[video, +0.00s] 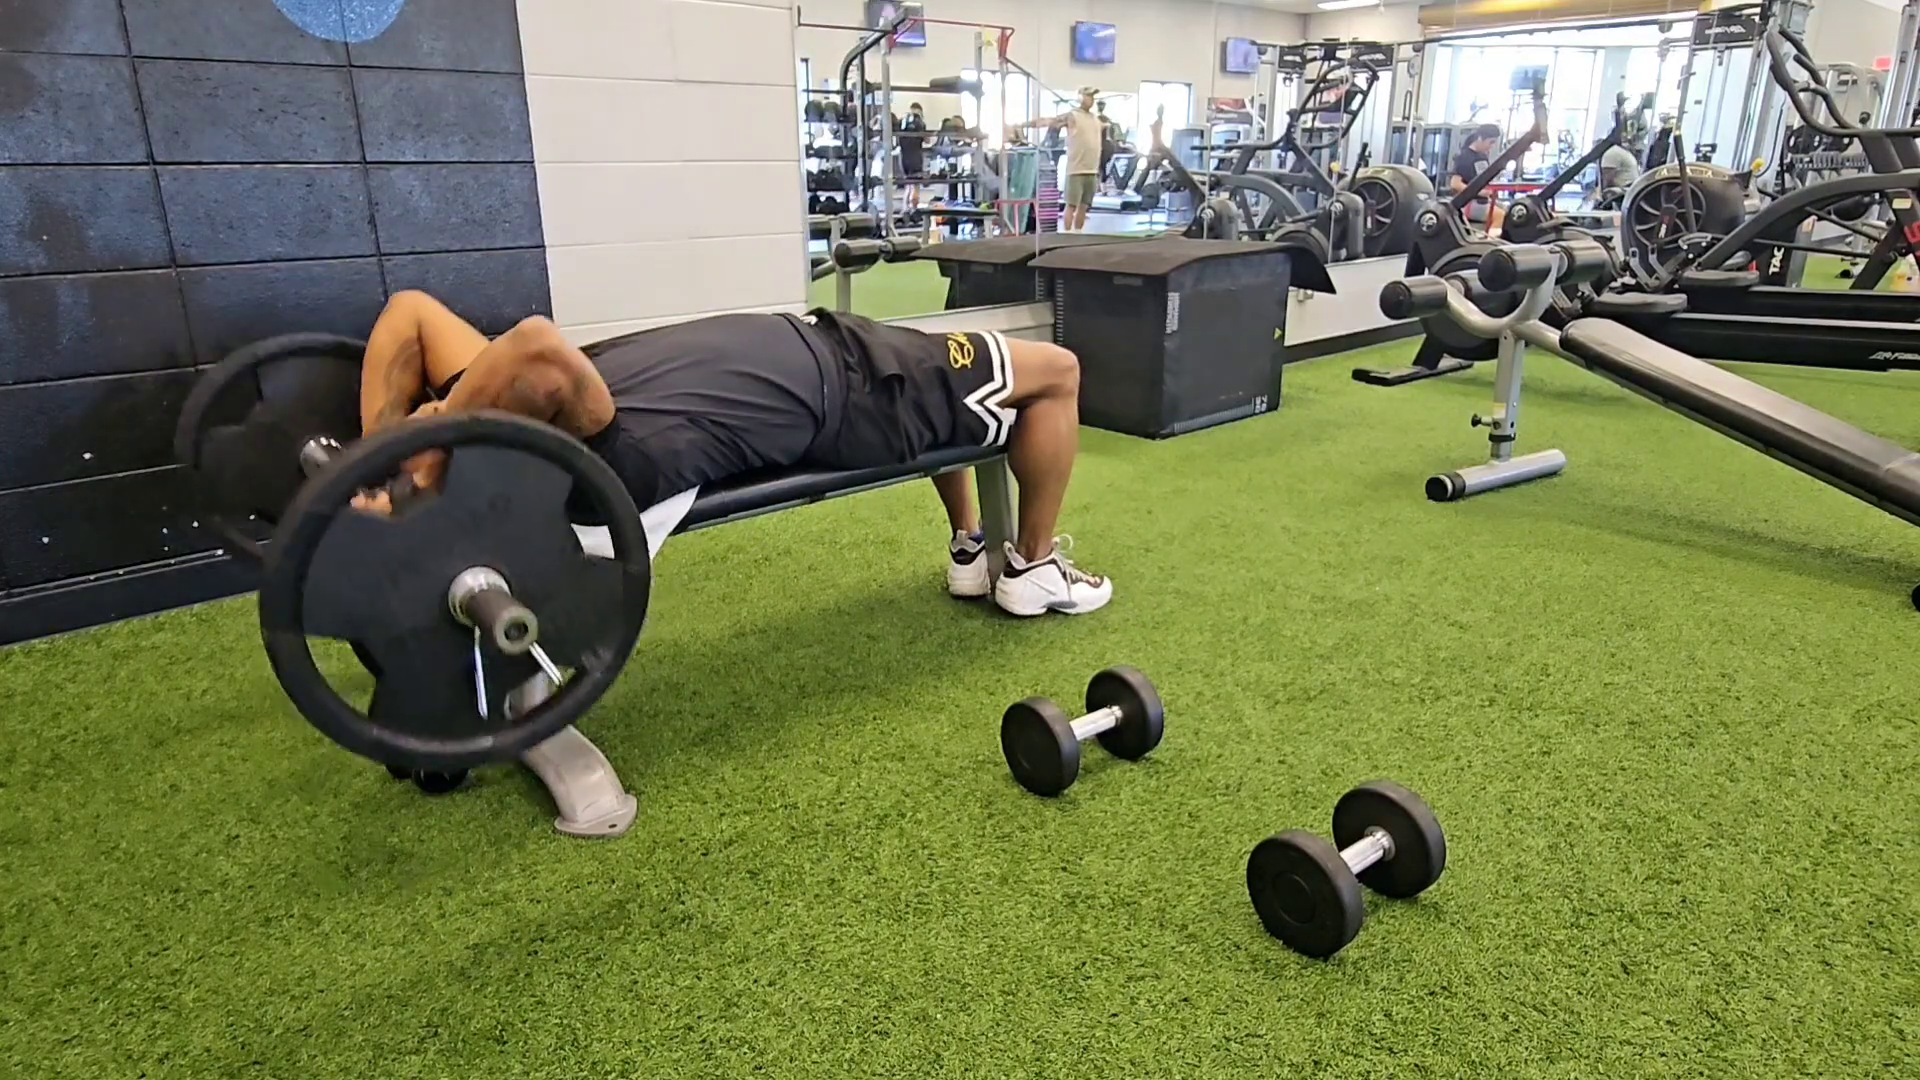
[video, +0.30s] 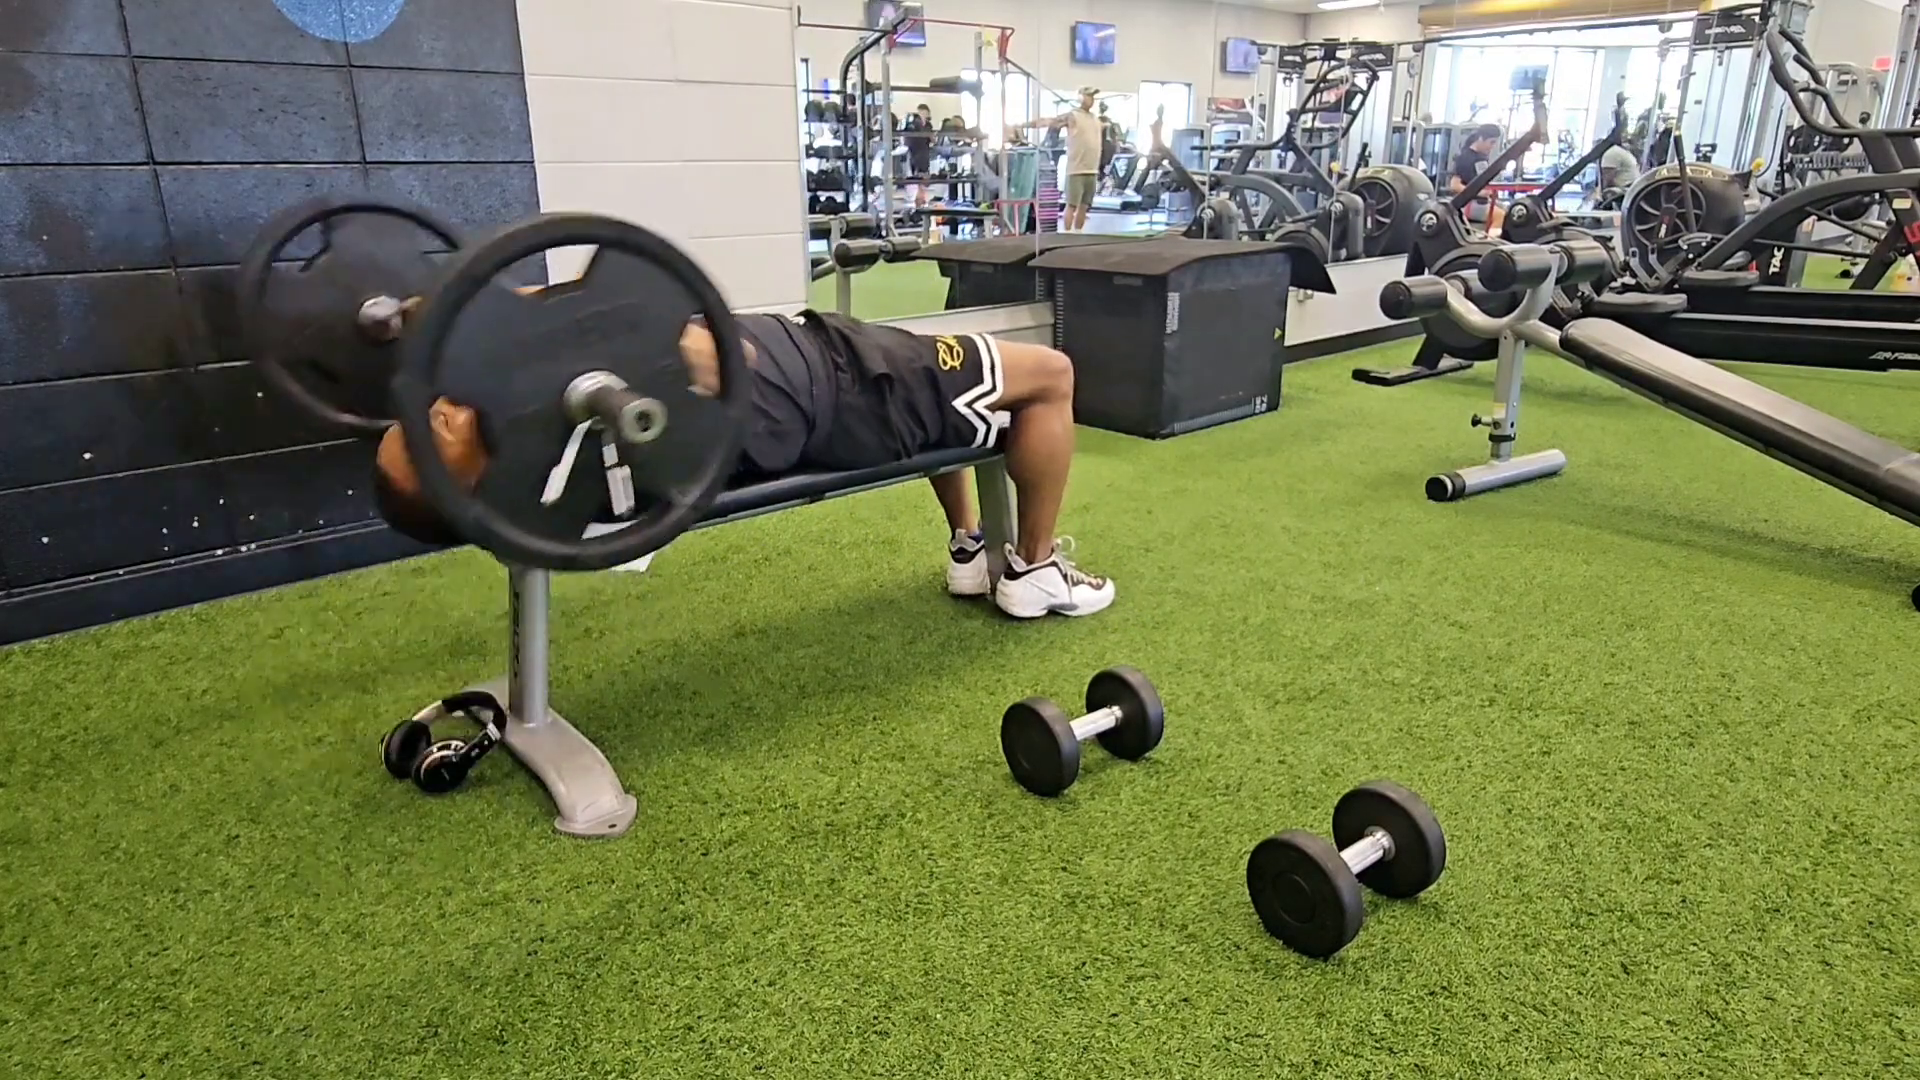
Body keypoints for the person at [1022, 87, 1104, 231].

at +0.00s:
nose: (1092, 100)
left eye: (1093, 97)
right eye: (1090, 96)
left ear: (1092, 100)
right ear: (1081, 98)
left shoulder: (1096, 120)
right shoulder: (1072, 116)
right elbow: (1048, 122)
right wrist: (1023, 125)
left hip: (1091, 169)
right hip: (1076, 169)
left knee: (1084, 207)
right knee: (1072, 206)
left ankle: (1078, 235)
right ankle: (1067, 235)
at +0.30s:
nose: (1092, 100)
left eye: (1093, 97)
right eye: (1089, 96)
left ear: (1092, 99)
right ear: (1082, 97)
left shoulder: (1095, 120)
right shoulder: (1072, 116)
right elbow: (1049, 122)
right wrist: (1023, 125)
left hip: (1092, 169)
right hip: (1076, 168)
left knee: (1084, 207)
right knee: (1072, 205)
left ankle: (1077, 235)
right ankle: (1067, 235)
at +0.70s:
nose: (1091, 101)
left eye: (1092, 98)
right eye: (1088, 98)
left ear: (1093, 101)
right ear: (1081, 99)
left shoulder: (1094, 120)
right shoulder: (1072, 117)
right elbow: (1050, 123)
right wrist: (1025, 126)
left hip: (1091, 169)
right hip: (1076, 169)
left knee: (1084, 207)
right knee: (1075, 205)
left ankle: (1078, 235)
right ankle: (1068, 234)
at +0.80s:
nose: (1091, 101)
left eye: (1092, 98)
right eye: (1088, 97)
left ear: (1092, 100)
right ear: (1080, 99)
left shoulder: (1093, 120)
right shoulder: (1071, 117)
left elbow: (1102, 126)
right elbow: (1050, 123)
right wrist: (1025, 127)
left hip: (1090, 169)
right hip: (1075, 169)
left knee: (1083, 207)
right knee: (1075, 205)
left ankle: (1078, 235)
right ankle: (1067, 234)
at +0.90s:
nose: (1088, 100)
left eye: (1089, 98)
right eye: (1086, 97)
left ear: (1088, 100)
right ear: (1078, 99)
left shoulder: (1091, 120)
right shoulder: (1069, 117)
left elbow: (1098, 126)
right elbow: (1047, 124)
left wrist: (1109, 127)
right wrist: (1023, 128)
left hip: (1088, 168)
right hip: (1073, 168)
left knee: (1083, 206)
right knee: (1074, 203)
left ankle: (1078, 234)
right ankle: (1059, 228)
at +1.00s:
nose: (1086, 101)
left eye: (1087, 98)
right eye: (1083, 98)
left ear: (1086, 101)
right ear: (1075, 99)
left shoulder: (1088, 120)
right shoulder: (1066, 117)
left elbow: (1097, 128)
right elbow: (1044, 125)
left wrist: (1107, 127)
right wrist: (1021, 129)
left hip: (1087, 169)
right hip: (1071, 169)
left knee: (1082, 206)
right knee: (1070, 205)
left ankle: (1078, 234)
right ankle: (1053, 226)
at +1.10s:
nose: (1083, 101)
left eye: (1083, 98)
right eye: (1080, 98)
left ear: (1082, 101)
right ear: (1071, 99)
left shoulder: (1084, 121)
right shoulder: (1063, 118)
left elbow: (1095, 130)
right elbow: (1042, 125)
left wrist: (1106, 131)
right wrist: (1020, 130)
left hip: (1083, 170)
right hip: (1066, 170)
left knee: (1080, 205)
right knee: (1064, 205)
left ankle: (1077, 233)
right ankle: (1050, 227)